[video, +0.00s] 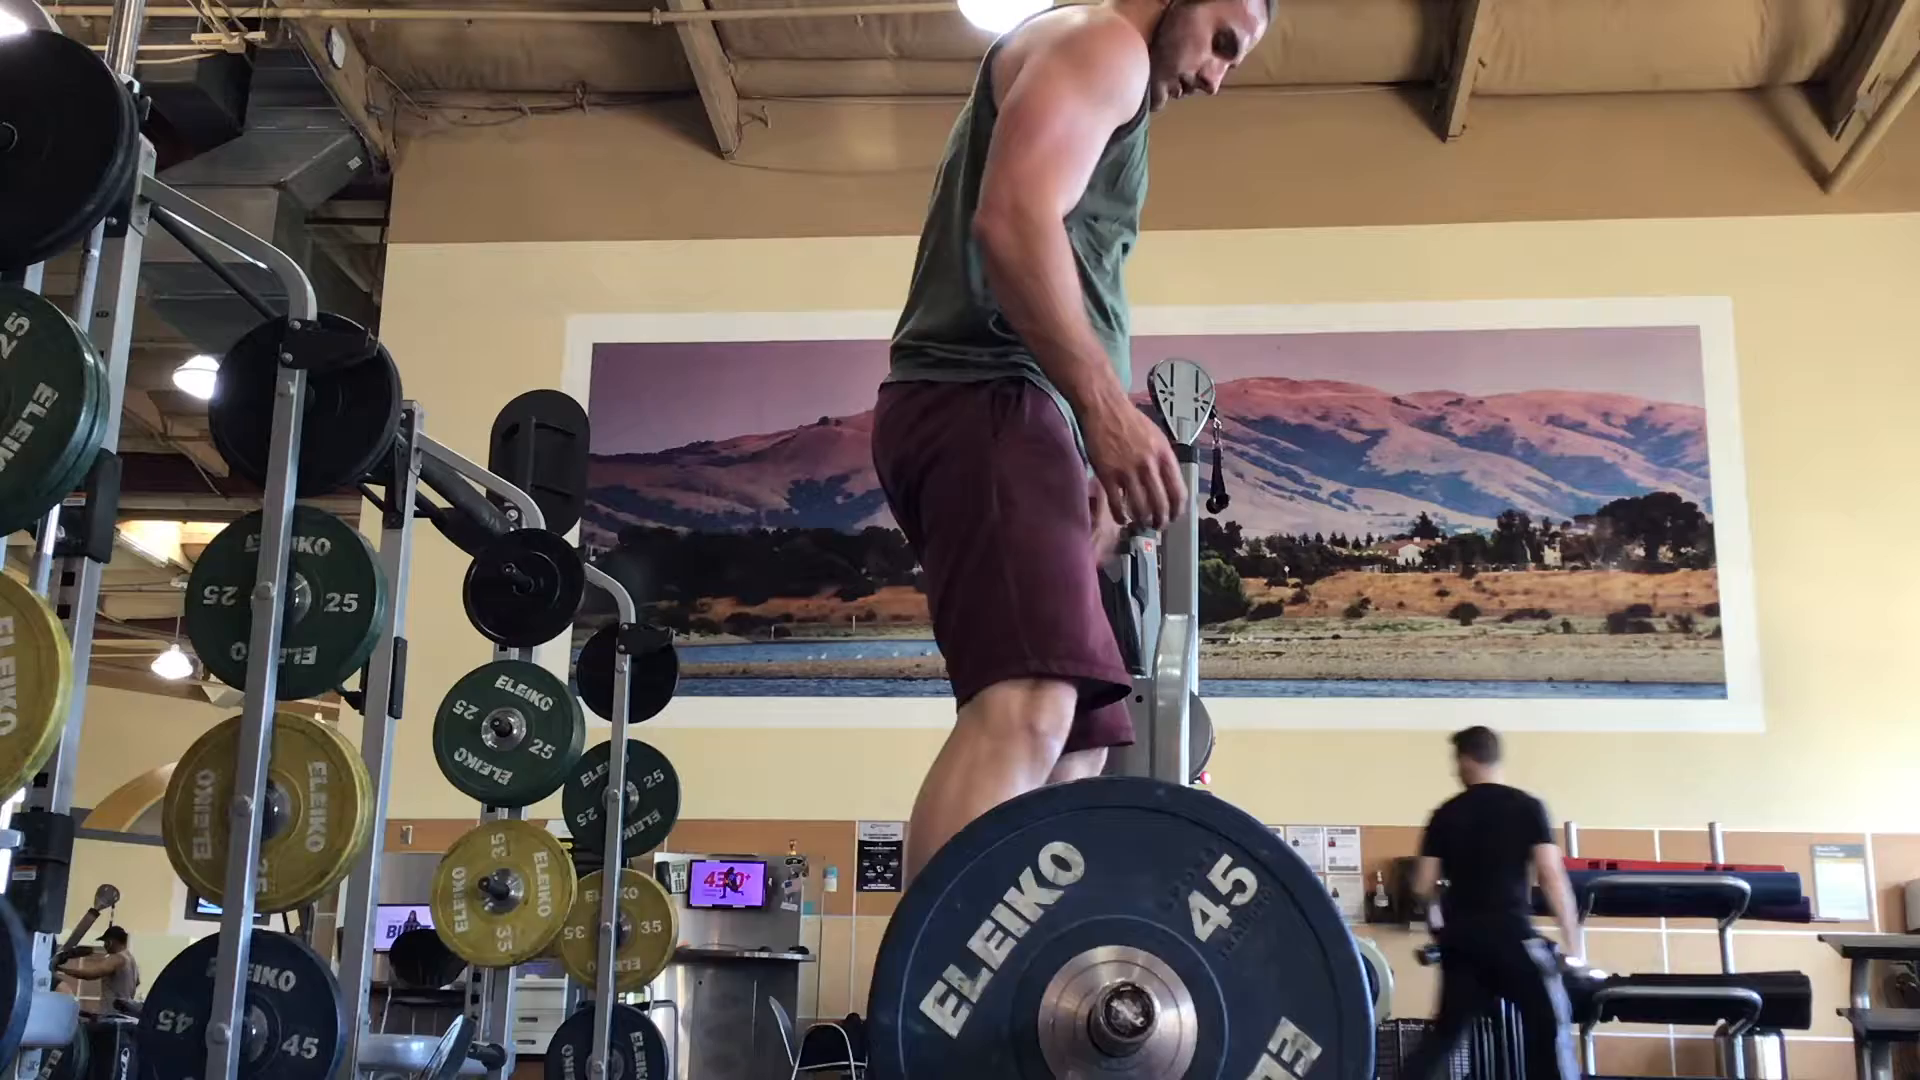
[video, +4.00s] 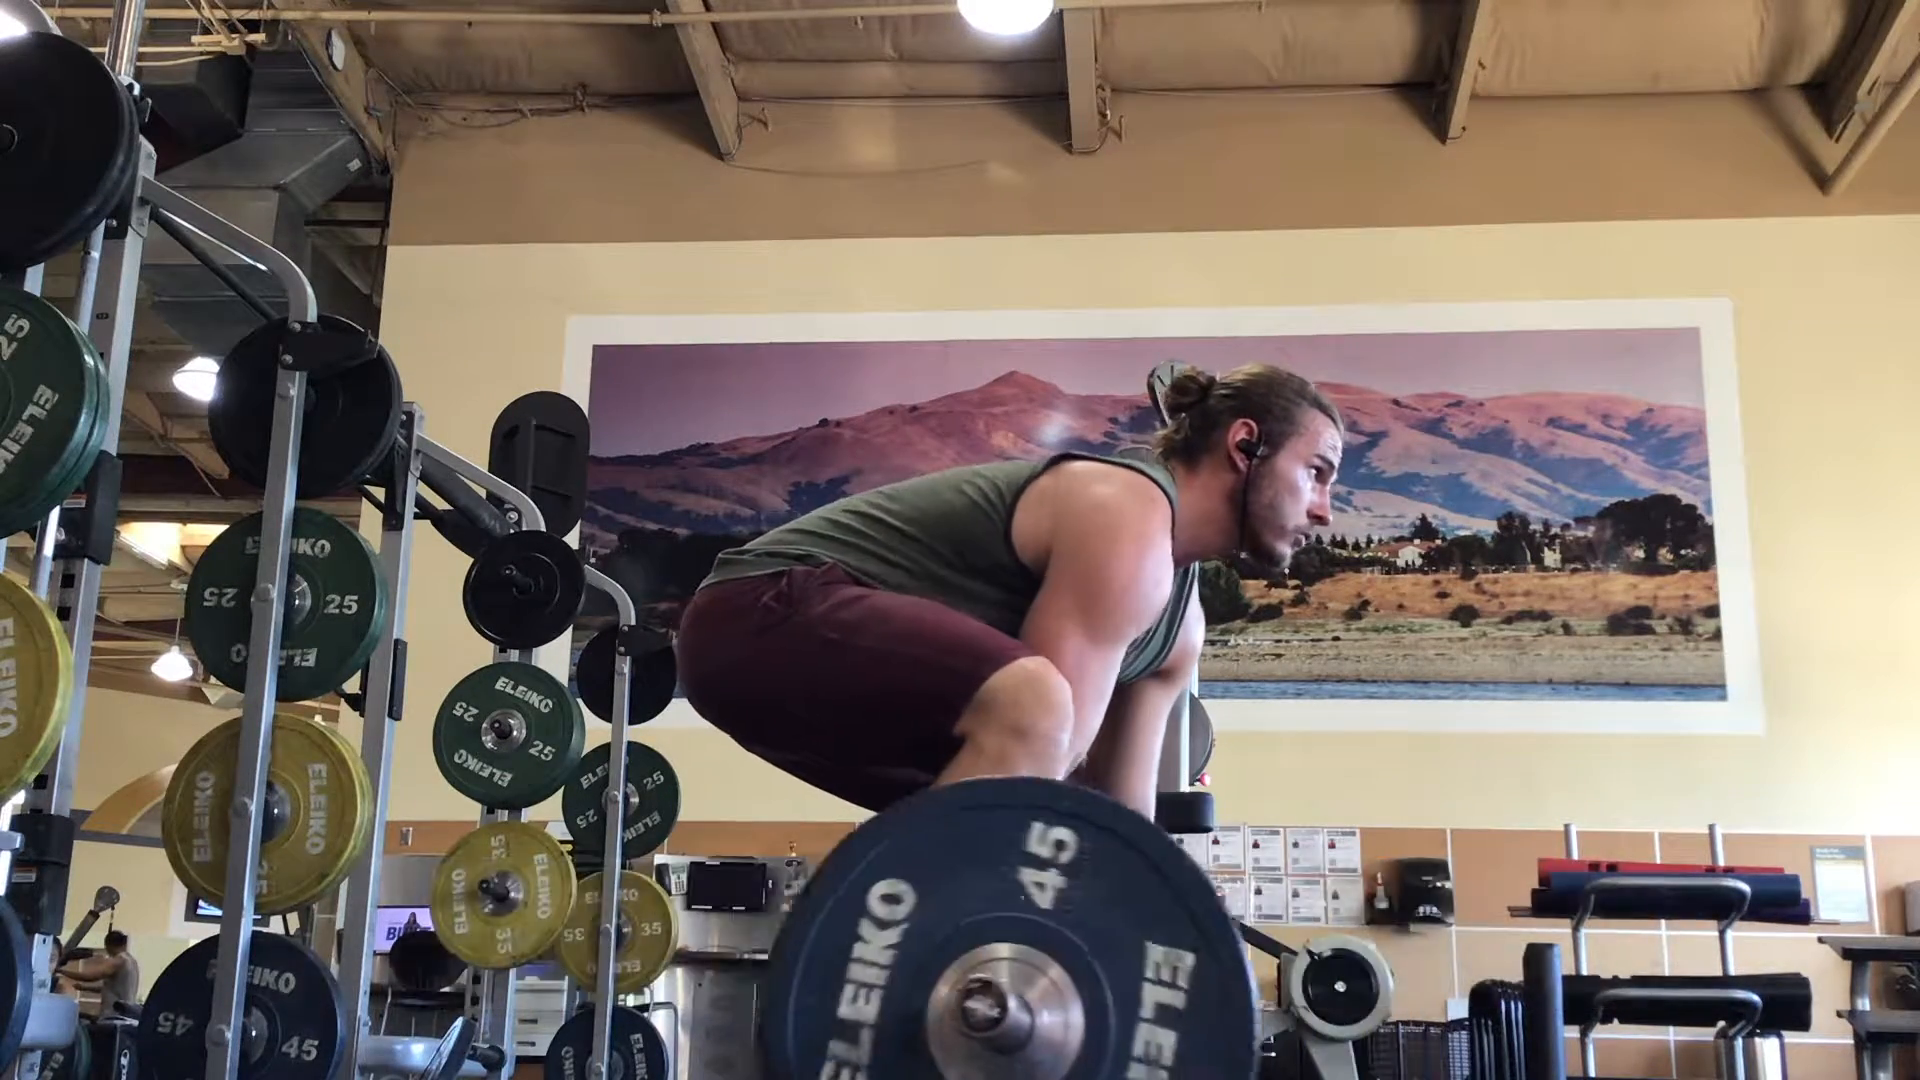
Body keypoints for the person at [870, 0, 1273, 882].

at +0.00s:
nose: (1219, 72)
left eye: (1234, 63)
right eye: (1223, 41)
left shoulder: (1108, 74)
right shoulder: (1100, 44)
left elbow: (1057, 287)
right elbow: (1015, 220)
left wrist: (1099, 458)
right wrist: (1106, 406)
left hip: (1025, 412)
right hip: (987, 399)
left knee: (1080, 734)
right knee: (1024, 702)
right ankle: (926, 1001)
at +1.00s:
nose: (1298, 453)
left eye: (1319, 438)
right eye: (1305, 416)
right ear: (1260, 346)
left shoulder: (1193, 491)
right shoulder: (1145, 435)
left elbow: (1151, 688)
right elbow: (1098, 673)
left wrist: (1135, 868)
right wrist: (1101, 859)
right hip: (804, 574)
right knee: (1057, 705)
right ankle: (904, 958)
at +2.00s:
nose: (1322, 521)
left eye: (1333, 501)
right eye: (1319, 483)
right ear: (1250, 441)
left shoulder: (1181, 621)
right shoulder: (1139, 523)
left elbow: (1133, 805)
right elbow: (1070, 774)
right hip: (780, 615)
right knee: (1051, 712)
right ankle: (899, 975)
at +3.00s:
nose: (1343, 507)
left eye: (1347, 481)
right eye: (1333, 471)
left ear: (1263, 452)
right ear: (1260, 448)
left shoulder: (1173, 617)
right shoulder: (1146, 525)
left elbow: (1134, 809)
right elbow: (1062, 759)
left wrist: (1149, 979)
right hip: (788, 617)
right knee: (1071, 718)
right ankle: (927, 967)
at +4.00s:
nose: (1325, 510)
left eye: (1332, 488)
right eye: (1316, 473)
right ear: (1243, 446)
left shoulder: (1175, 631)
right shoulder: (1122, 526)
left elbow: (1114, 814)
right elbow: (1034, 756)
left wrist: (1121, 980)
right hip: (762, 606)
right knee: (1028, 708)